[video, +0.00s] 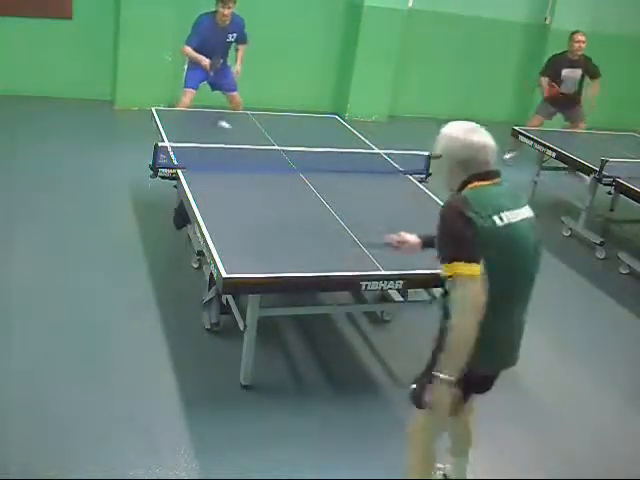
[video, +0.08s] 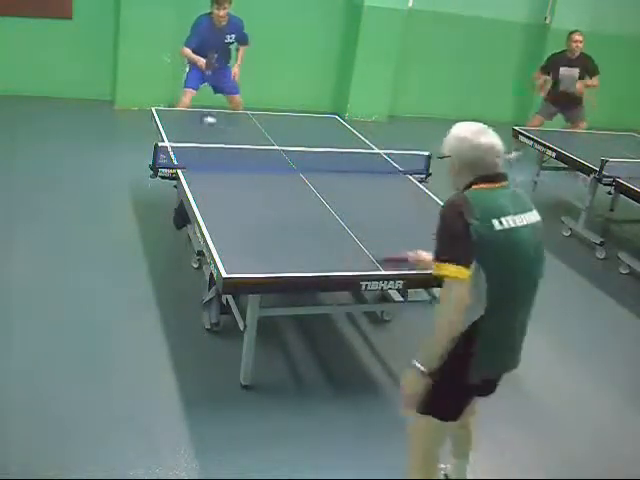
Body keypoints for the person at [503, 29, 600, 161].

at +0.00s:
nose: (580, 45)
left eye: (583, 42)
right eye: (577, 42)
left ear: (585, 45)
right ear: (570, 43)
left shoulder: (586, 62)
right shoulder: (557, 59)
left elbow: (595, 78)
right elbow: (544, 76)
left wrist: (591, 95)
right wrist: (546, 89)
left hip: (573, 101)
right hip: (553, 99)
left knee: (579, 129)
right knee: (533, 124)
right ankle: (515, 149)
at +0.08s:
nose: (578, 45)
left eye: (580, 42)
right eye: (575, 42)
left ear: (583, 44)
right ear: (568, 43)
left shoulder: (587, 60)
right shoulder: (555, 58)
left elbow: (595, 82)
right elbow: (540, 74)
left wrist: (582, 84)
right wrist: (542, 82)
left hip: (574, 100)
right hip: (554, 98)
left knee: (580, 127)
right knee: (533, 124)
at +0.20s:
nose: (572, 51)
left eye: (574, 48)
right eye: (569, 48)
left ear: (578, 48)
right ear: (564, 49)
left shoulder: (583, 64)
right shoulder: (555, 62)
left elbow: (588, 86)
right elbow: (541, 75)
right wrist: (530, 83)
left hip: (574, 105)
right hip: (555, 103)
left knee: (580, 135)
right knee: (531, 126)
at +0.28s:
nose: (569, 56)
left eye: (572, 53)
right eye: (566, 53)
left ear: (576, 53)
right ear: (562, 54)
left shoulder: (581, 67)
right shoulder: (556, 66)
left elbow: (582, 90)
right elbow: (541, 80)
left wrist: (559, 92)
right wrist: (525, 87)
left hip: (575, 109)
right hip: (556, 107)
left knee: (579, 138)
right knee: (530, 127)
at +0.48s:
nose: (555, 64)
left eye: (558, 61)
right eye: (553, 61)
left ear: (565, 59)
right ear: (551, 61)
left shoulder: (576, 75)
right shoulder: (555, 71)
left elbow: (570, 101)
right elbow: (553, 83)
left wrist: (550, 111)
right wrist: (541, 90)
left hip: (576, 113)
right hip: (560, 110)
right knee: (532, 123)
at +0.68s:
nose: (537, 63)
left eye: (538, 60)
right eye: (536, 60)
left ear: (545, 58)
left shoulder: (559, 74)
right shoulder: (542, 73)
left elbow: (560, 97)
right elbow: (544, 86)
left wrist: (550, 119)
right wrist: (534, 96)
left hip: (566, 108)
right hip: (553, 105)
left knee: (569, 138)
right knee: (532, 116)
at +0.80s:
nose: (522, 60)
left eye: (524, 56)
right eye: (521, 56)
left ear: (534, 53)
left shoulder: (548, 69)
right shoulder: (531, 69)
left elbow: (550, 95)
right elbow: (528, 87)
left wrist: (544, 118)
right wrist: (511, 99)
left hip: (558, 105)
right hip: (544, 102)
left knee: (561, 130)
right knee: (518, 116)